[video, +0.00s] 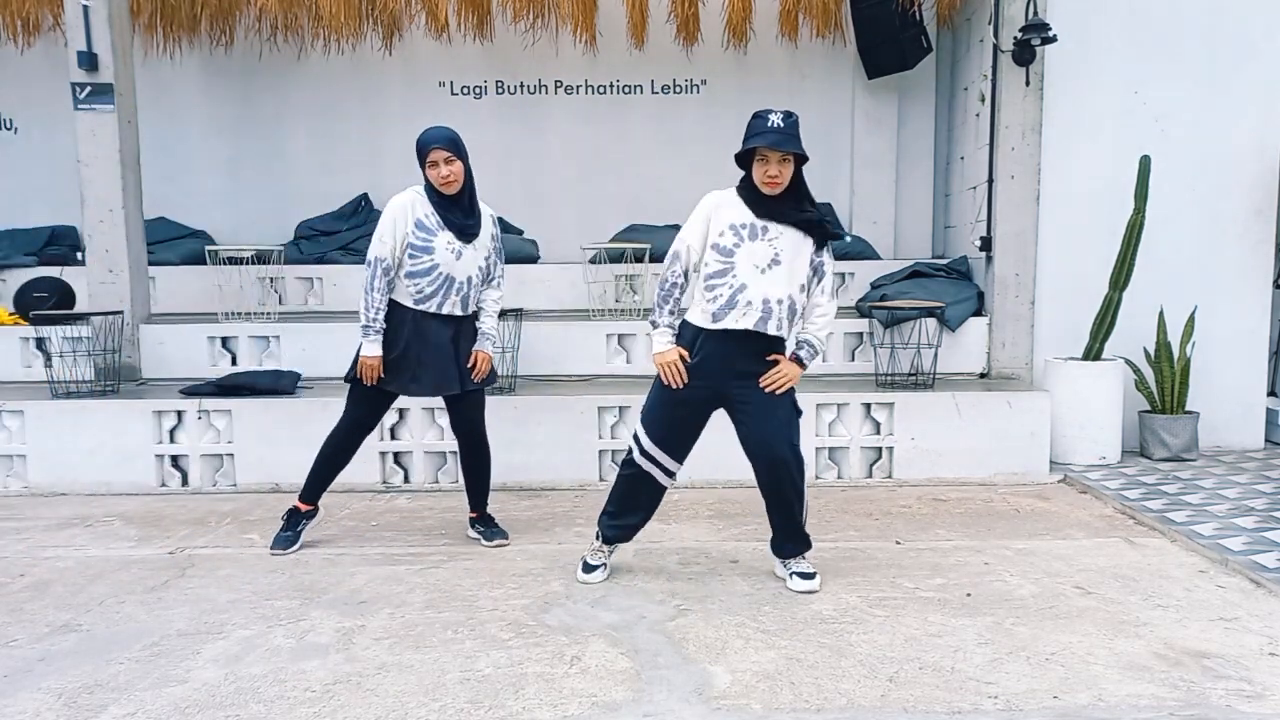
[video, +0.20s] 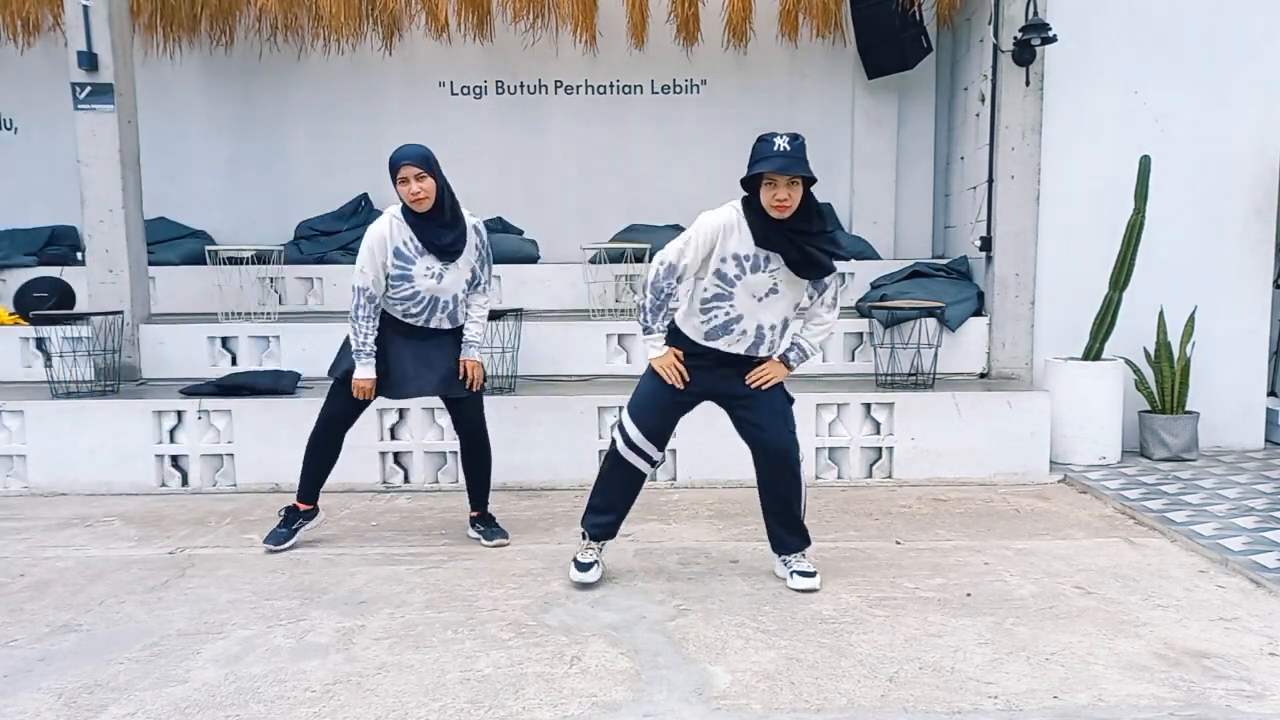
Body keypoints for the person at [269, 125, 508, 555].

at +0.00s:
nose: (444, 172)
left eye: (451, 161)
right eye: (434, 165)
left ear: (466, 162)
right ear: (423, 170)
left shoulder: (486, 219)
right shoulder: (405, 207)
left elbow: (493, 285)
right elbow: (377, 274)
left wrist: (486, 339)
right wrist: (371, 342)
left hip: (459, 335)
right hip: (404, 331)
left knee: (472, 430)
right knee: (354, 425)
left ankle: (480, 516)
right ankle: (302, 510)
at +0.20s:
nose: (414, 188)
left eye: (420, 177)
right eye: (403, 181)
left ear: (437, 177)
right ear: (396, 188)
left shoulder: (472, 228)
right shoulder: (384, 231)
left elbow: (481, 292)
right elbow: (364, 300)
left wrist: (472, 347)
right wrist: (364, 361)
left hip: (447, 337)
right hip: (387, 332)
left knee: (472, 420)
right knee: (335, 414)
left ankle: (480, 515)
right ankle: (303, 507)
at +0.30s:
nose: (386, 208)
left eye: (394, 199)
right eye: (376, 201)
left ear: (411, 200)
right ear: (369, 208)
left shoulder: (448, 244)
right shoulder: (361, 256)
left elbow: (468, 307)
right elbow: (353, 328)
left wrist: (461, 363)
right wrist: (359, 386)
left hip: (437, 349)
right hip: (378, 346)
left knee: (473, 418)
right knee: (325, 421)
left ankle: (481, 515)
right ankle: (306, 515)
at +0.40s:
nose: (355, 213)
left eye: (364, 204)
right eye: (346, 205)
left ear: (380, 207)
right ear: (337, 213)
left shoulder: (416, 248)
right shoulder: (330, 267)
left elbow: (447, 311)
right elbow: (334, 341)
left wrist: (447, 369)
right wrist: (347, 396)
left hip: (424, 360)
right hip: (363, 360)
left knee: (467, 425)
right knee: (307, 433)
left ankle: (481, 516)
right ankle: (307, 519)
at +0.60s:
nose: (309, 181)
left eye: (318, 171)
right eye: (300, 172)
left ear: (333, 174)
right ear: (289, 177)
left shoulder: (363, 213)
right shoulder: (284, 233)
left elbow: (399, 280)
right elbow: (291, 307)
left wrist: (407, 344)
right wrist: (307, 359)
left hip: (384, 337)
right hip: (330, 348)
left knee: (440, 415)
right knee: (293, 429)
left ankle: (486, 509)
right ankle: (307, 519)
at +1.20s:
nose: (309, 200)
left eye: (319, 192)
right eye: (301, 191)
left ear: (335, 197)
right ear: (291, 195)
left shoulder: (366, 232)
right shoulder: (282, 246)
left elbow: (409, 287)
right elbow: (288, 315)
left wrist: (410, 346)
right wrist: (310, 364)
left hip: (391, 331)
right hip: (336, 343)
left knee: (439, 413)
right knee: (299, 421)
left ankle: (478, 506)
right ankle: (306, 517)